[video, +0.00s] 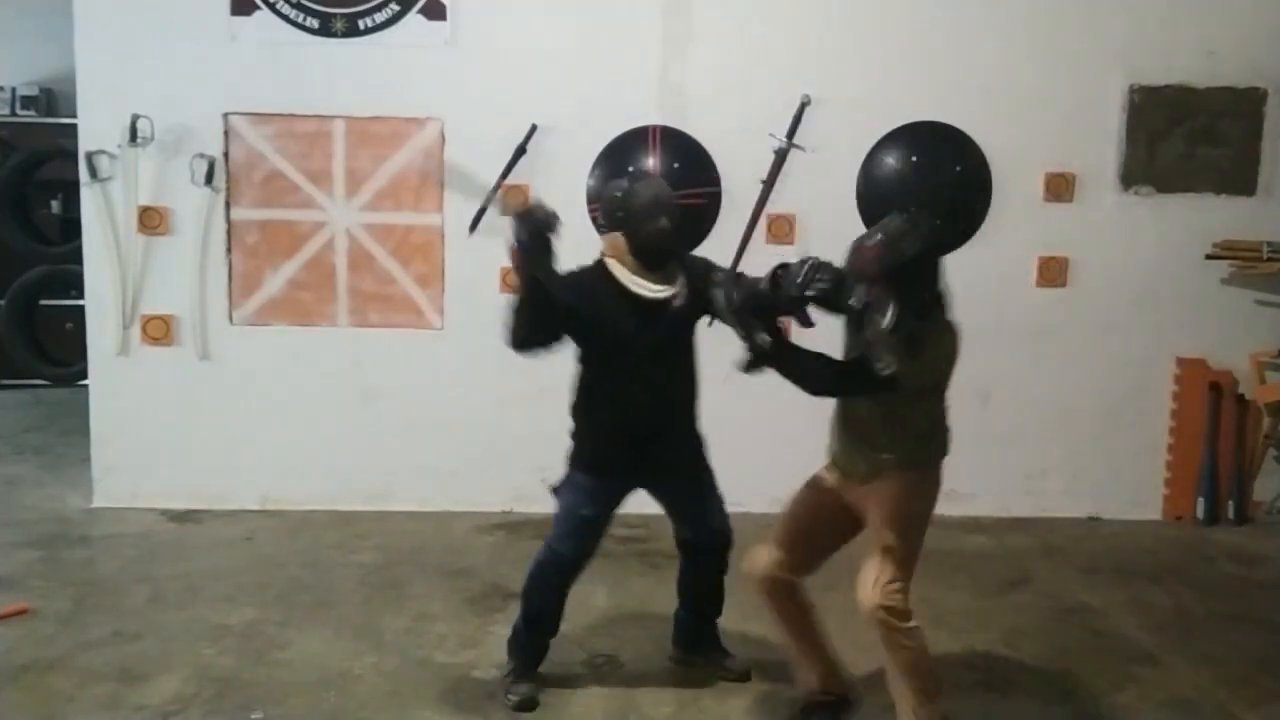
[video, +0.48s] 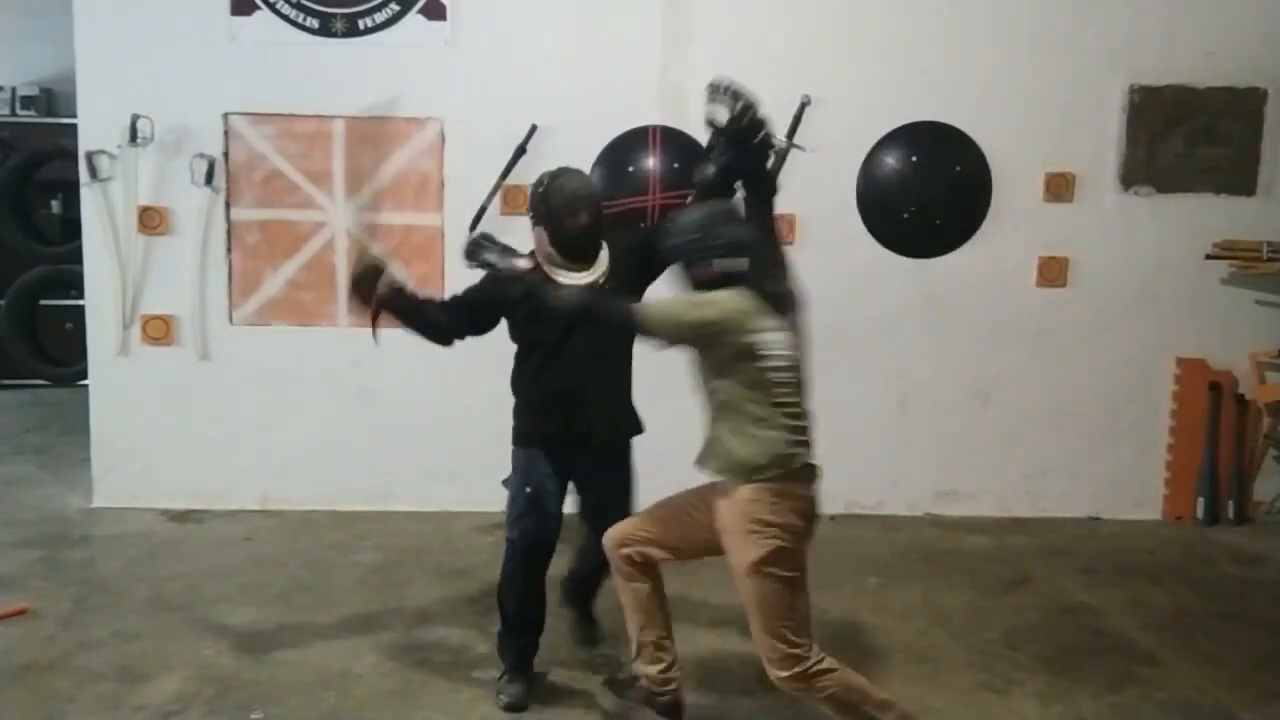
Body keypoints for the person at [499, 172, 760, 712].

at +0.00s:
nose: (671, 229)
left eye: (676, 216)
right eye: (657, 217)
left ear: (683, 223)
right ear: (621, 222)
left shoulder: (693, 279)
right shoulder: (586, 287)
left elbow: (746, 300)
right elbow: (528, 334)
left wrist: (785, 288)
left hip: (676, 452)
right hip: (604, 456)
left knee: (710, 539)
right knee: (564, 552)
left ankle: (696, 645)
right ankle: (523, 666)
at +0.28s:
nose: (614, 229)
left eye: (618, 217)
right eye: (600, 219)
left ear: (627, 215)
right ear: (568, 221)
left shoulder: (641, 264)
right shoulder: (535, 269)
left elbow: (706, 251)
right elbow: (471, 290)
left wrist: (743, 208)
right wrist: (492, 225)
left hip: (633, 441)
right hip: (558, 446)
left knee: (671, 548)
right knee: (538, 554)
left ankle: (695, 664)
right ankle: (520, 667)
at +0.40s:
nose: (602, 214)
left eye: (601, 204)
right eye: (591, 205)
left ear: (594, 214)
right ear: (563, 214)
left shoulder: (626, 263)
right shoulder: (517, 275)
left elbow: (697, 223)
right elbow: (444, 313)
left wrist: (739, 156)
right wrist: (417, 262)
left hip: (617, 436)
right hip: (545, 441)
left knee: (640, 534)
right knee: (529, 550)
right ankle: (518, 665)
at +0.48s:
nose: (584, 225)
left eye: (590, 214)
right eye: (571, 217)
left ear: (601, 217)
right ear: (543, 228)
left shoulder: (625, 265)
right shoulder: (517, 284)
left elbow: (691, 227)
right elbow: (447, 323)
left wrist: (722, 166)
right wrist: (387, 292)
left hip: (607, 436)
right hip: (541, 438)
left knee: (611, 536)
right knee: (529, 542)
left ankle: (577, 594)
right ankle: (516, 665)